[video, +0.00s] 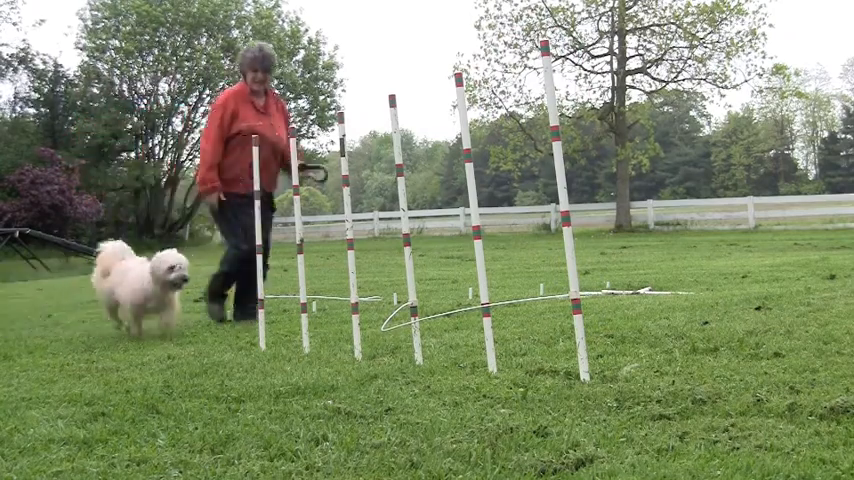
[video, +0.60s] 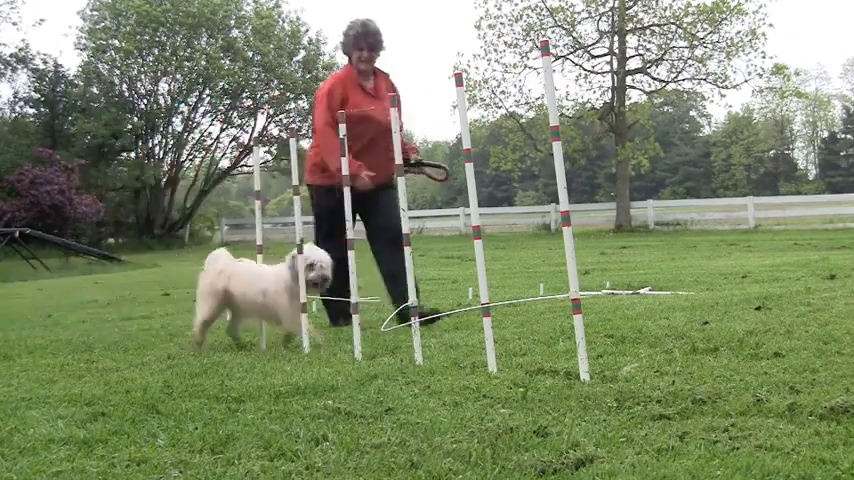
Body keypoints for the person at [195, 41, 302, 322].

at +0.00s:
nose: (259, 76)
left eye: (264, 71)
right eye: (253, 71)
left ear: (271, 72)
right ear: (243, 72)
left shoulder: (277, 105)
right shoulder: (228, 100)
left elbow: (283, 145)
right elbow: (211, 143)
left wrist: (293, 164)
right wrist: (208, 185)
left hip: (263, 193)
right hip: (231, 193)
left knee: (258, 255)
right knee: (243, 248)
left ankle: (246, 313)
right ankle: (216, 294)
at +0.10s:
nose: (277, 73)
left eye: (282, 68)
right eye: (271, 68)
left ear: (290, 68)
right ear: (261, 68)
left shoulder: (296, 101)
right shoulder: (246, 97)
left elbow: (307, 135)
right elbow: (223, 137)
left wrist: (315, 157)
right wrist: (207, 176)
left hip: (274, 187)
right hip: (241, 183)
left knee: (256, 248)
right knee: (273, 230)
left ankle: (243, 310)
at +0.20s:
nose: (295, 73)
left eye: (301, 68)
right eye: (289, 68)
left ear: (308, 69)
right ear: (279, 69)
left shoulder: (317, 104)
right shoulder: (266, 98)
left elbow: (330, 140)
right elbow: (239, 138)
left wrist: (338, 151)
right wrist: (216, 175)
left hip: (289, 188)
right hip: (259, 186)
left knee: (267, 251)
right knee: (290, 245)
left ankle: (245, 312)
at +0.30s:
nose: (312, 72)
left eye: (317, 66)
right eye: (305, 67)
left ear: (324, 67)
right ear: (295, 69)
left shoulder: (332, 101)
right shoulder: (282, 101)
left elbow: (348, 137)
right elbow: (256, 143)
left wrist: (357, 155)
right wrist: (234, 181)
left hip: (315, 192)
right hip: (284, 190)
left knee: (290, 255)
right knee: (314, 249)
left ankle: (255, 303)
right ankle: (338, 313)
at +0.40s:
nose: (329, 68)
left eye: (334, 62)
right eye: (323, 62)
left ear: (341, 63)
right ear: (313, 63)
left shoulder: (348, 93)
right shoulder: (301, 95)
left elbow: (362, 135)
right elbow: (280, 140)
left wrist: (374, 156)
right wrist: (267, 184)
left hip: (335, 187)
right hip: (302, 188)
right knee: (324, 248)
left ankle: (294, 288)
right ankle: (337, 313)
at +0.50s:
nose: (348, 59)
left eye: (353, 53)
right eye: (341, 54)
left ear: (361, 54)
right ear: (331, 55)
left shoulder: (368, 87)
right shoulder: (316, 89)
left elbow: (378, 132)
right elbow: (301, 138)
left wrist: (389, 158)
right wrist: (308, 182)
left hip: (360, 186)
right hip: (323, 188)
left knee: (374, 243)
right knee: (325, 254)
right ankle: (336, 313)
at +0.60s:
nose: (366, 55)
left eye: (372, 49)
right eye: (360, 49)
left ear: (379, 50)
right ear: (348, 51)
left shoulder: (386, 85)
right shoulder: (333, 88)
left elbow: (391, 130)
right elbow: (325, 141)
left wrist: (407, 150)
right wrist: (353, 171)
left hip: (377, 180)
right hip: (332, 182)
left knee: (390, 240)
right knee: (333, 249)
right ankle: (340, 316)